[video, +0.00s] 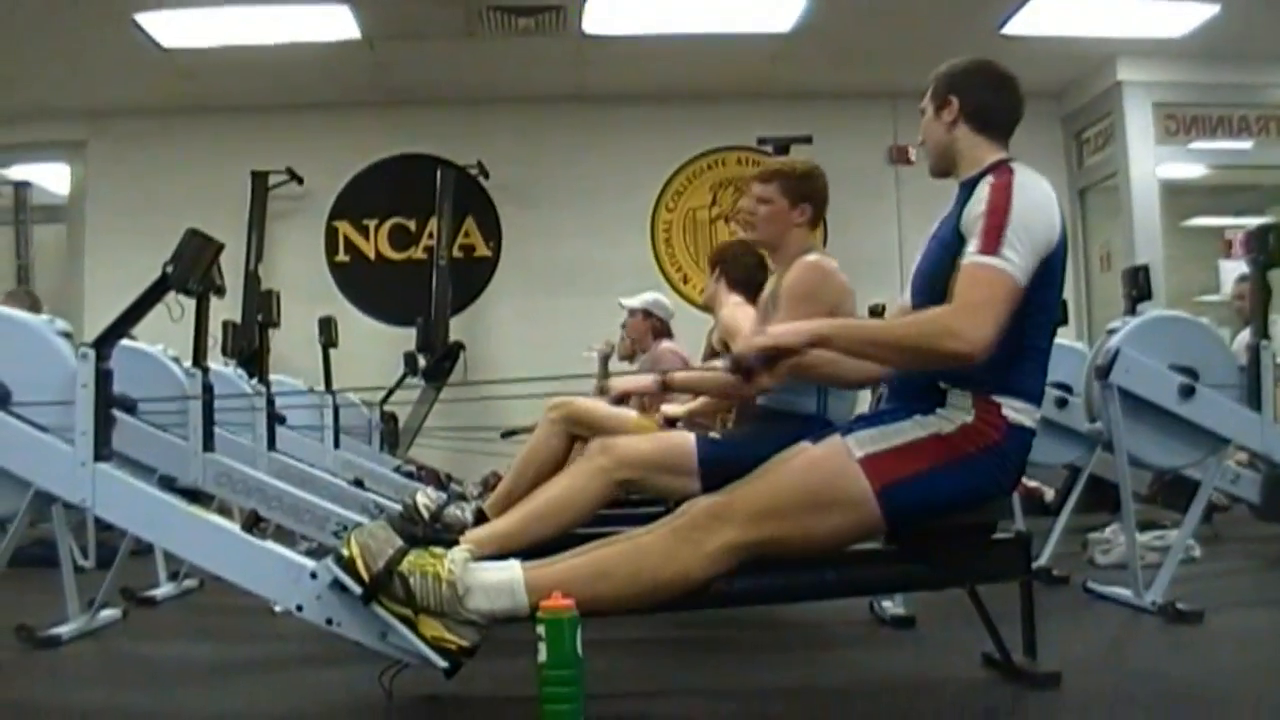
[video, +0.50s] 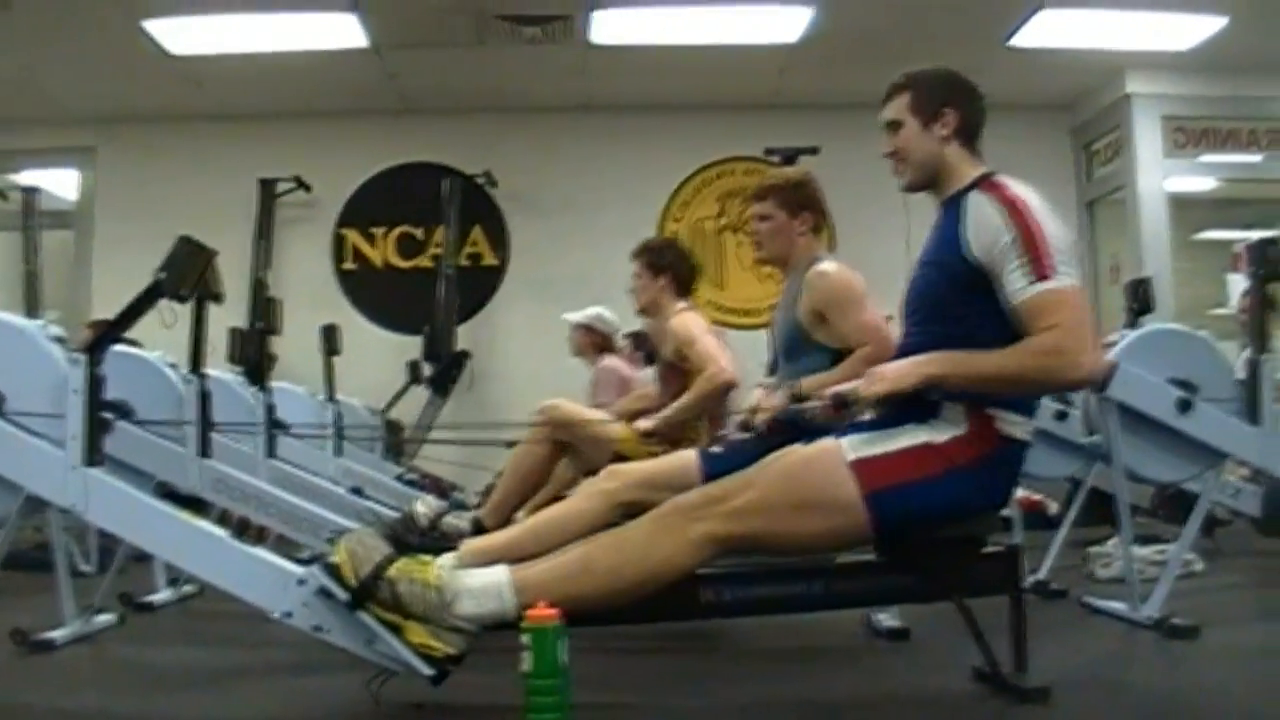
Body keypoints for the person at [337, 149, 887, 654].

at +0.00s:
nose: (747, 212)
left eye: (760, 203)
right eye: (748, 202)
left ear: (801, 215)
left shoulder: (811, 276)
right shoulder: (778, 287)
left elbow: (761, 371)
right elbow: (748, 390)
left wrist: (667, 385)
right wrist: (678, 413)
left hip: (766, 445)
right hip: (741, 436)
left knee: (570, 418)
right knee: (591, 439)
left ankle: (478, 530)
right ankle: (477, 535)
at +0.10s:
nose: (689, 291)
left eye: (696, 281)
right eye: (693, 282)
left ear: (714, 283)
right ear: (725, 286)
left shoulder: (730, 325)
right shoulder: (723, 331)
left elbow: (751, 387)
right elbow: (729, 393)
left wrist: (683, 420)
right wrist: (669, 409)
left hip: (694, 448)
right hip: (691, 443)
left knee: (562, 424)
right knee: (568, 426)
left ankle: (491, 526)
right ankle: (504, 525)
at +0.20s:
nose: (684, 289)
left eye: (691, 280)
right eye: (686, 280)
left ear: (712, 282)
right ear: (718, 284)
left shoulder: (730, 326)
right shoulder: (731, 328)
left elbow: (757, 387)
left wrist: (689, 419)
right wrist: (690, 413)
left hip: (700, 449)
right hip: (703, 444)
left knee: (570, 425)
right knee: (575, 430)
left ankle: (499, 525)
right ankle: (506, 523)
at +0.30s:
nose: (671, 279)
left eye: (678, 269)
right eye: (672, 270)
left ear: (702, 272)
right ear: (705, 274)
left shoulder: (720, 316)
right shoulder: (710, 319)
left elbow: (751, 372)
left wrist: (691, 411)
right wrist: (651, 405)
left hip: (702, 443)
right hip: (689, 436)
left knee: (567, 411)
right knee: (572, 411)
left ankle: (496, 512)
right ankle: (505, 509)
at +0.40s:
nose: (658, 276)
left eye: (663, 266)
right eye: (659, 267)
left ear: (687, 269)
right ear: (691, 271)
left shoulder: (708, 312)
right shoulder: (697, 316)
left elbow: (741, 364)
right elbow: (687, 384)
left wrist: (682, 409)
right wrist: (636, 402)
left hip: (698, 441)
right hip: (687, 435)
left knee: (565, 406)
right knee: (572, 413)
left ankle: (496, 510)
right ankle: (504, 511)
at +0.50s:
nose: (631, 287)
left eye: (639, 277)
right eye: (633, 277)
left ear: (664, 281)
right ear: (662, 282)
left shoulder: (683, 324)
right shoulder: (664, 329)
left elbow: (721, 375)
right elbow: (663, 393)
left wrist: (659, 422)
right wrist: (605, 415)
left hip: (681, 450)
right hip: (663, 442)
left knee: (553, 415)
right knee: (571, 450)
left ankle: (486, 521)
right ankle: (496, 522)